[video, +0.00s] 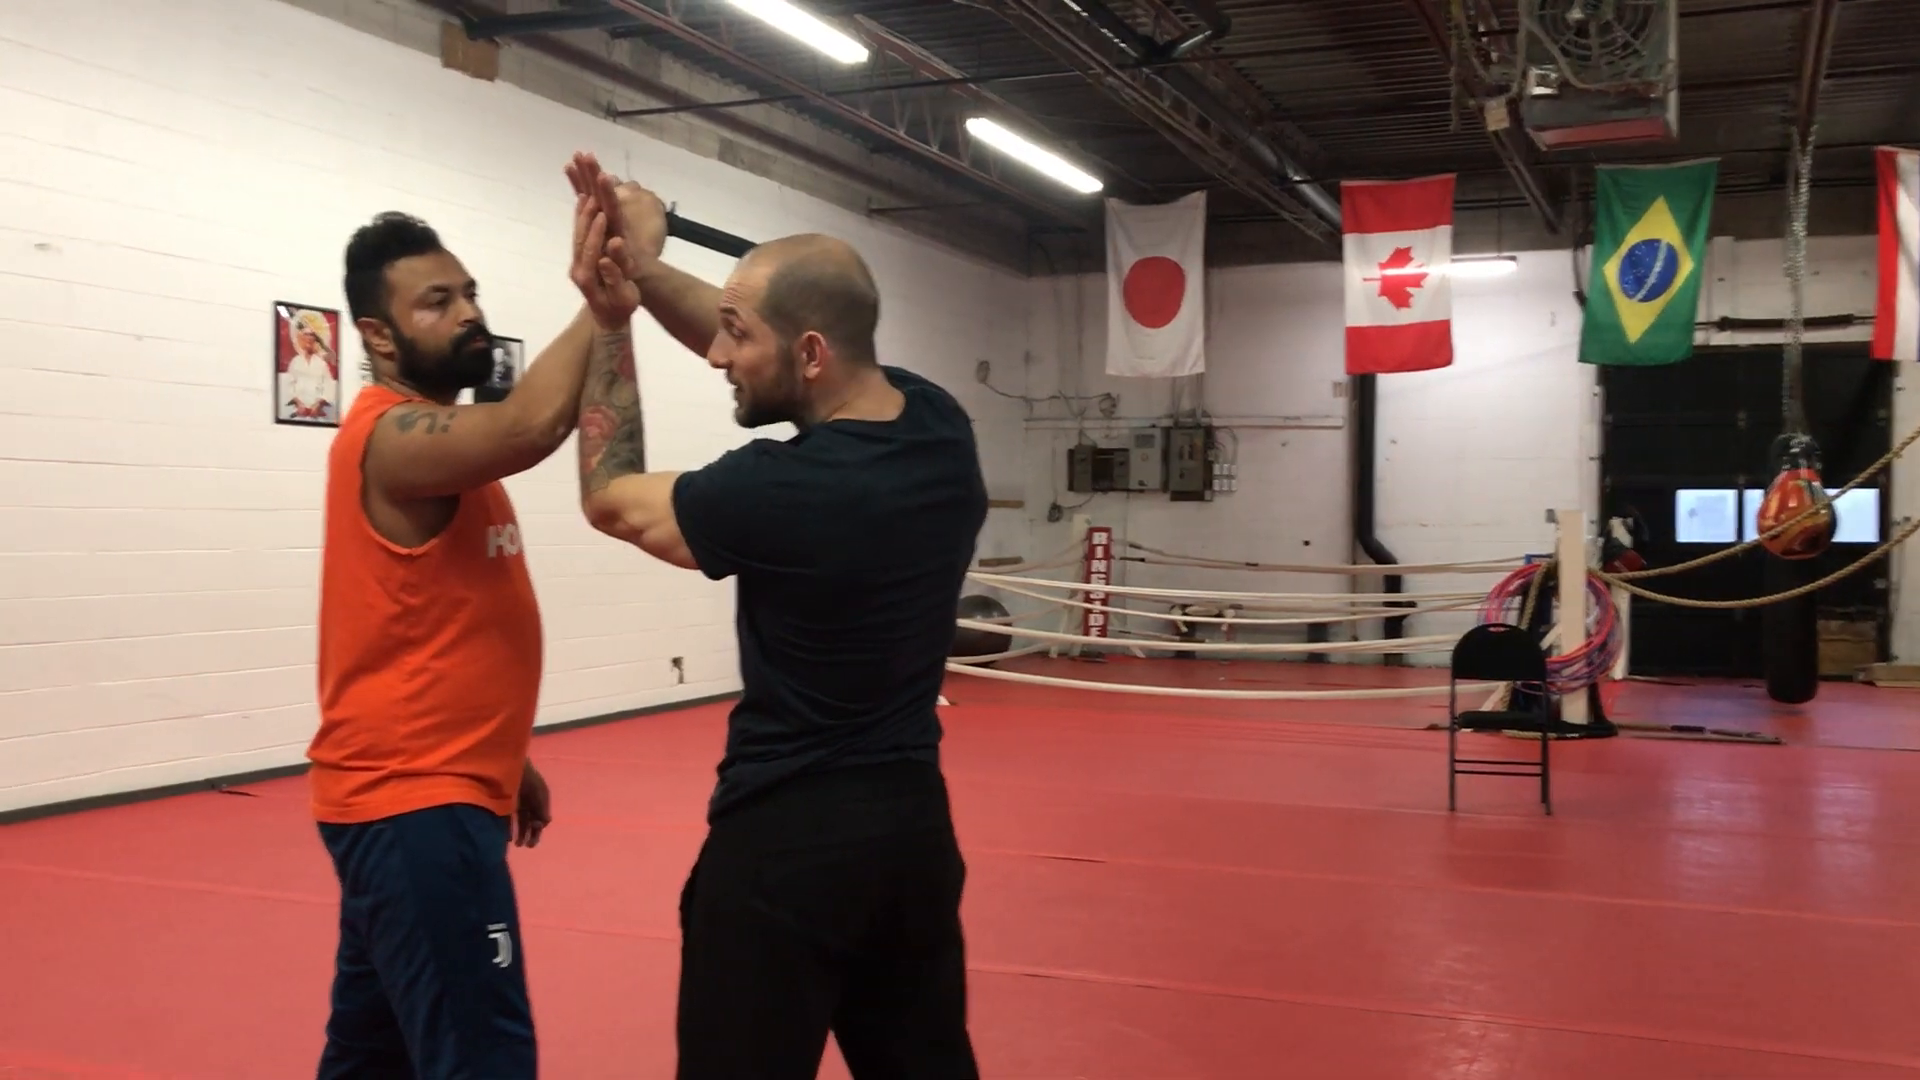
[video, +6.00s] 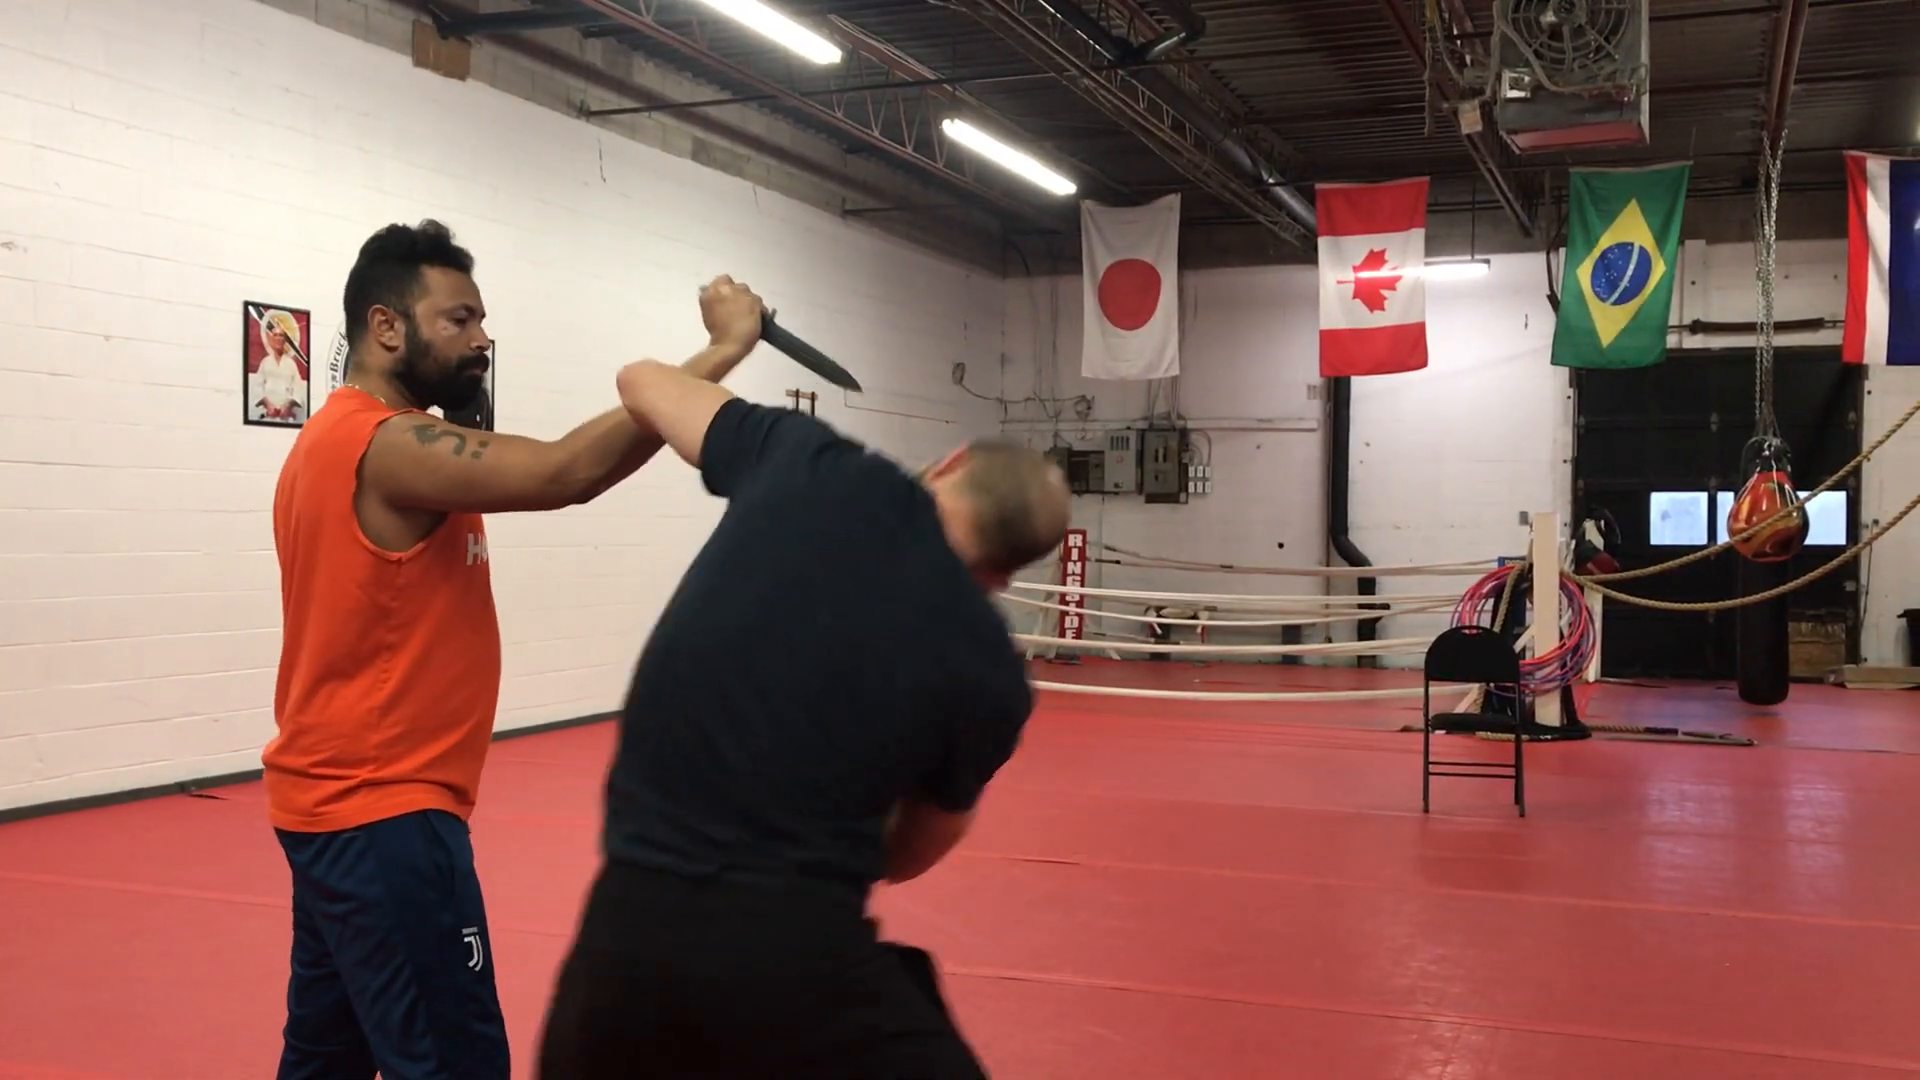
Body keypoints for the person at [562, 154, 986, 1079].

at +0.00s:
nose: (722, 353)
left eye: (739, 335)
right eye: (726, 331)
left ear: (810, 354)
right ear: (821, 348)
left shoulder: (774, 492)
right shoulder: (939, 429)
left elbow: (611, 497)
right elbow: (748, 338)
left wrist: (609, 313)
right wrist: (641, 265)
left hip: (776, 845)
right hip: (908, 829)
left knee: (734, 1063)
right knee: (928, 1066)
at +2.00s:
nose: (927, 359)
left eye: (950, 333)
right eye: (927, 336)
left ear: (1029, 343)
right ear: (1033, 348)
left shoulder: (976, 490)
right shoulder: (1139, 434)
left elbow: (814, 504)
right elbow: (948, 338)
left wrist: (828, 326)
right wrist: (860, 271)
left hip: (962, 844)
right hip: (1097, 831)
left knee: (920, 1063)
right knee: (1112, 1068)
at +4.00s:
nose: (1401, 456)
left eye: (1412, 437)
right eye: (1405, 439)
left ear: (1458, 429)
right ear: (1553, 477)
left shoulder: (1333, 511)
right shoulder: (1638, 597)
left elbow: (1250, 750)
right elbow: (1585, 843)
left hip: (1301, 968)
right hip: (1523, 997)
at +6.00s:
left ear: (947, 460)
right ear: (1004, 578)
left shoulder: (802, 459)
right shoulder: (988, 674)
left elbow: (642, 380)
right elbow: (905, 855)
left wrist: (726, 344)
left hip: (631, 936)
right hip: (808, 965)